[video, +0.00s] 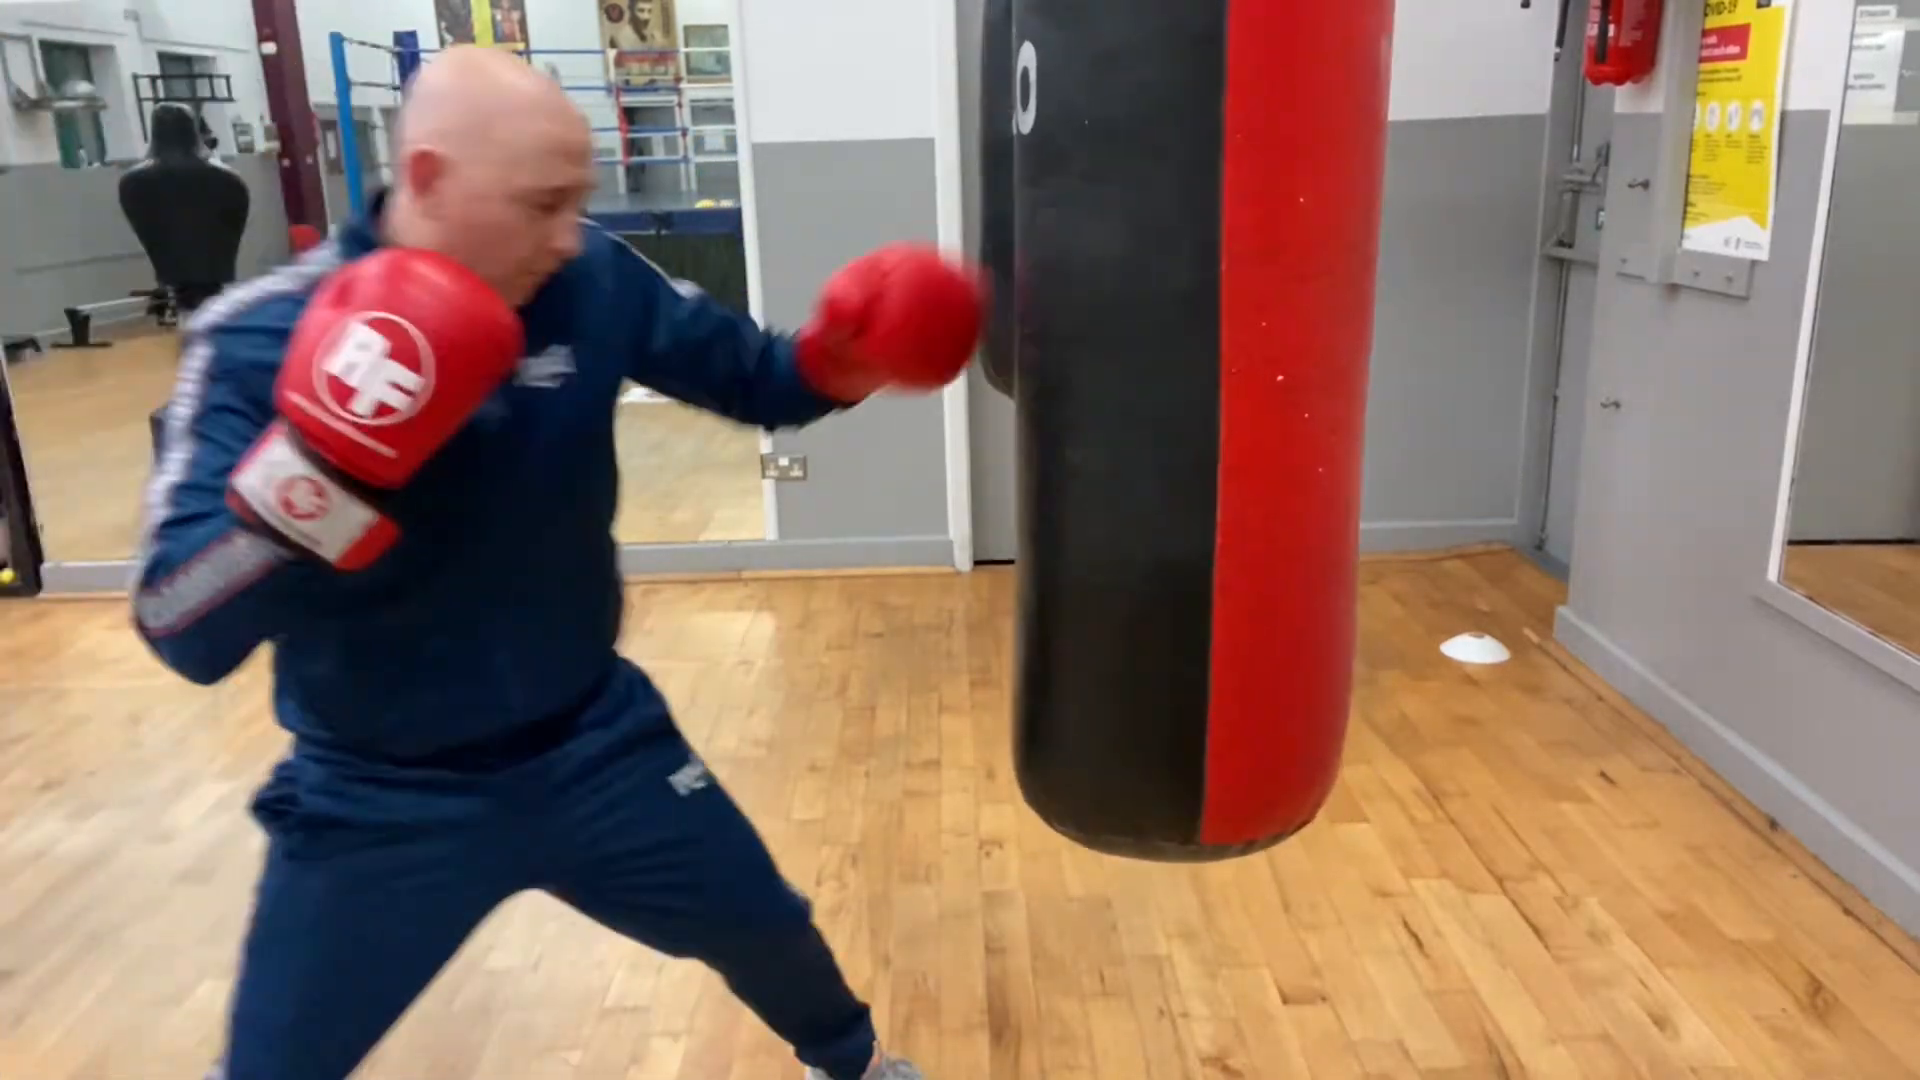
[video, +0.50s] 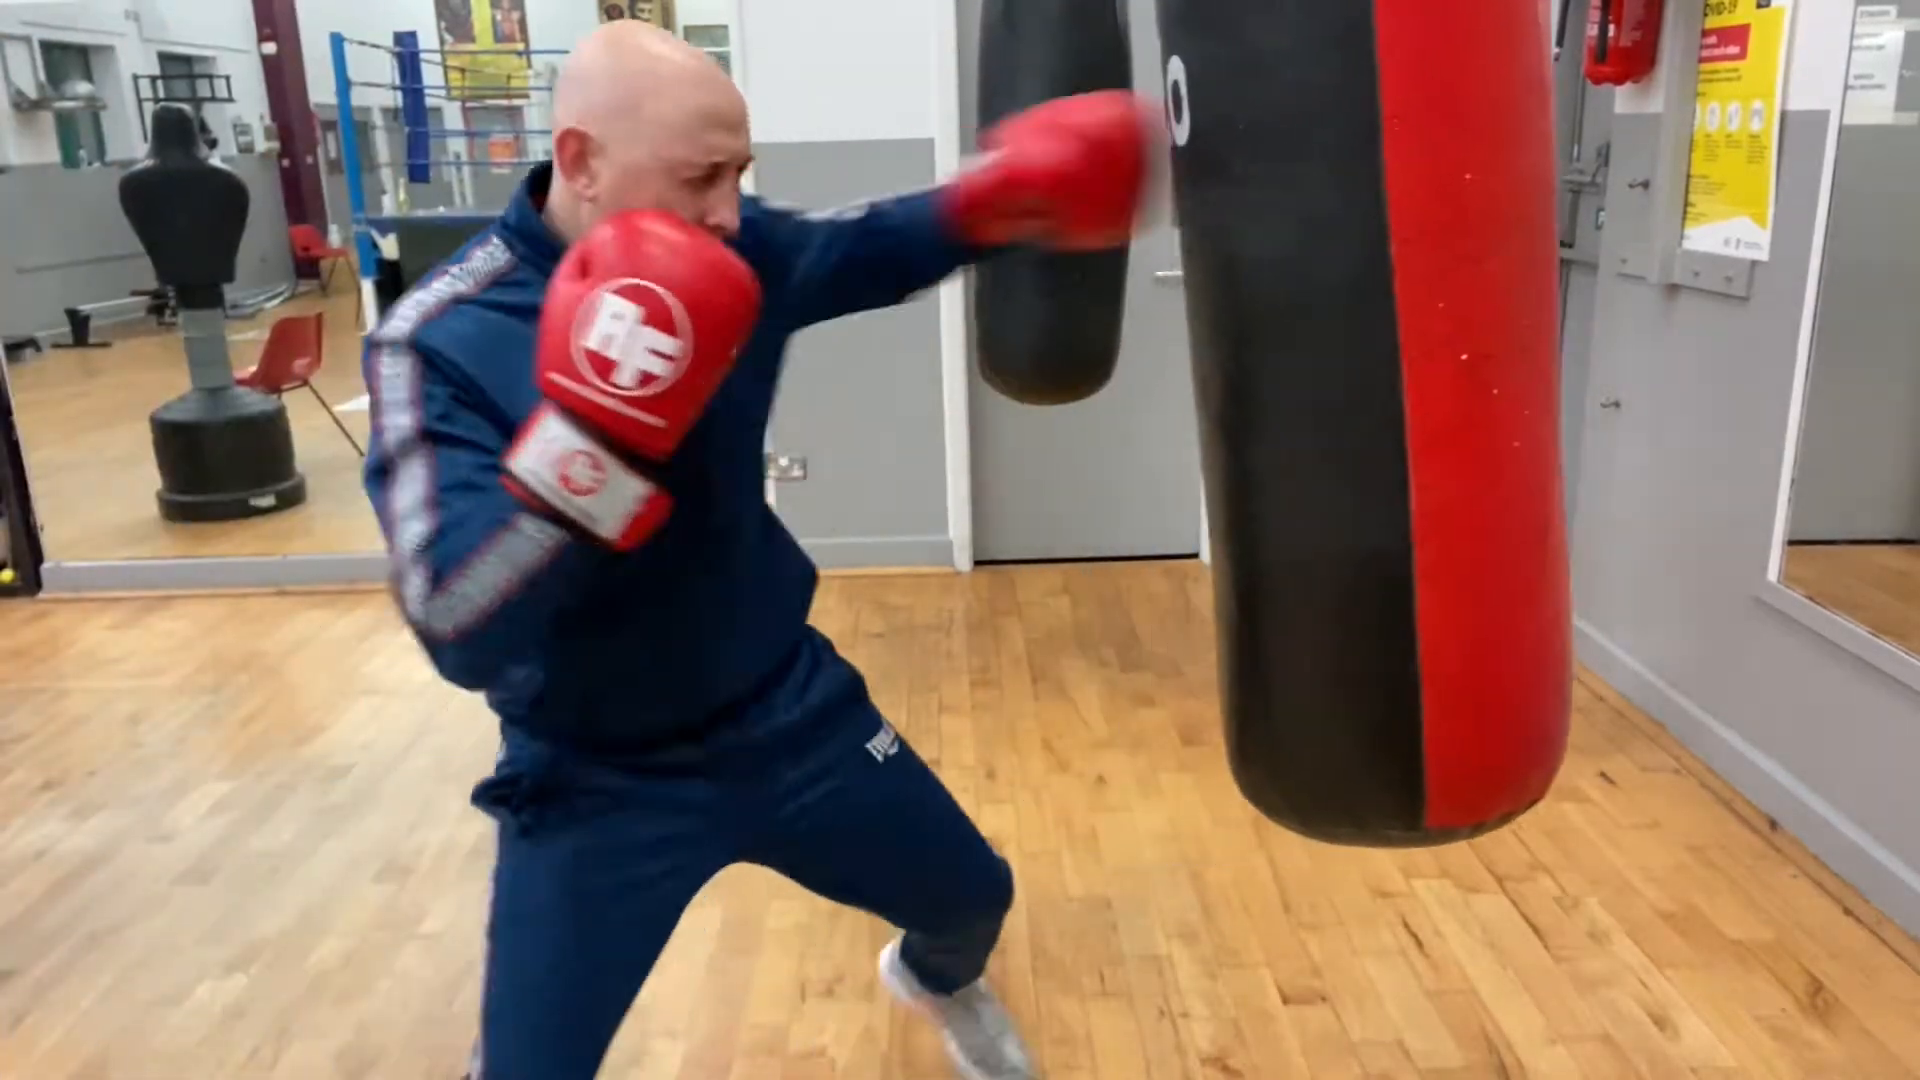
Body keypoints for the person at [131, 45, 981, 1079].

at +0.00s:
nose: (571, 239)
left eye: (579, 204)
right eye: (544, 204)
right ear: (427, 179)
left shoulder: (591, 285)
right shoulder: (258, 342)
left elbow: (758, 380)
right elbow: (183, 631)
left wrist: (850, 352)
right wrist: (323, 461)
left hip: (597, 755)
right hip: (374, 801)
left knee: (765, 931)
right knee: (269, 1072)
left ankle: (858, 1069)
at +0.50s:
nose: (732, 212)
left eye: (736, 178)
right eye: (702, 181)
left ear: (742, 168)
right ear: (578, 165)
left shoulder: (738, 254)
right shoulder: (439, 343)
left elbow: (869, 250)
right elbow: (459, 628)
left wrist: (1010, 189)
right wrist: (598, 432)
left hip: (789, 717)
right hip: (595, 782)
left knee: (972, 899)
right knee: (524, 1070)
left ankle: (936, 982)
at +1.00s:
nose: (1013, 183)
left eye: (1020, 152)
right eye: (988, 151)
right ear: (890, 139)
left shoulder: (956, 271)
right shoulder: (771, 229)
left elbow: (1002, 462)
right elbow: (678, 432)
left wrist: (1056, 338)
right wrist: (866, 317)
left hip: (866, 686)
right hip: (723, 701)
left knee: (1024, 857)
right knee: (669, 1065)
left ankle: (980, 1042)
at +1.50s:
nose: (629, 176)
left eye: (649, 136)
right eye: (598, 138)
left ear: (668, 110)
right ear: (478, 97)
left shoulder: (657, 230)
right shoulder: (324, 251)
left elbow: (745, 448)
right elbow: (321, 559)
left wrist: (787, 355)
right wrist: (477, 399)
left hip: (648, 747)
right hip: (419, 782)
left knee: (801, 994)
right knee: (317, 1069)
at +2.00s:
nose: (189, 113)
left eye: (206, 71)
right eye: (150, 65)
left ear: (223, 59)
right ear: (16, 38)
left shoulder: (201, 230)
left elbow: (327, 485)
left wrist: (340, 353)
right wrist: (46, 402)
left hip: (280, 775)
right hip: (55, 836)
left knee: (409, 1049)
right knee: (57, 1070)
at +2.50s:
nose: (116, 28)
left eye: (127, 14)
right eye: (76, 17)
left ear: (148, 16)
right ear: (0, 25)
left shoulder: (186, 146)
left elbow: (292, 392)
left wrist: (295, 239)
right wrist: (34, 277)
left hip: (233, 675)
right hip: (29, 722)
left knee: (344, 990)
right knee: (23, 1044)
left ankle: (367, 1075)